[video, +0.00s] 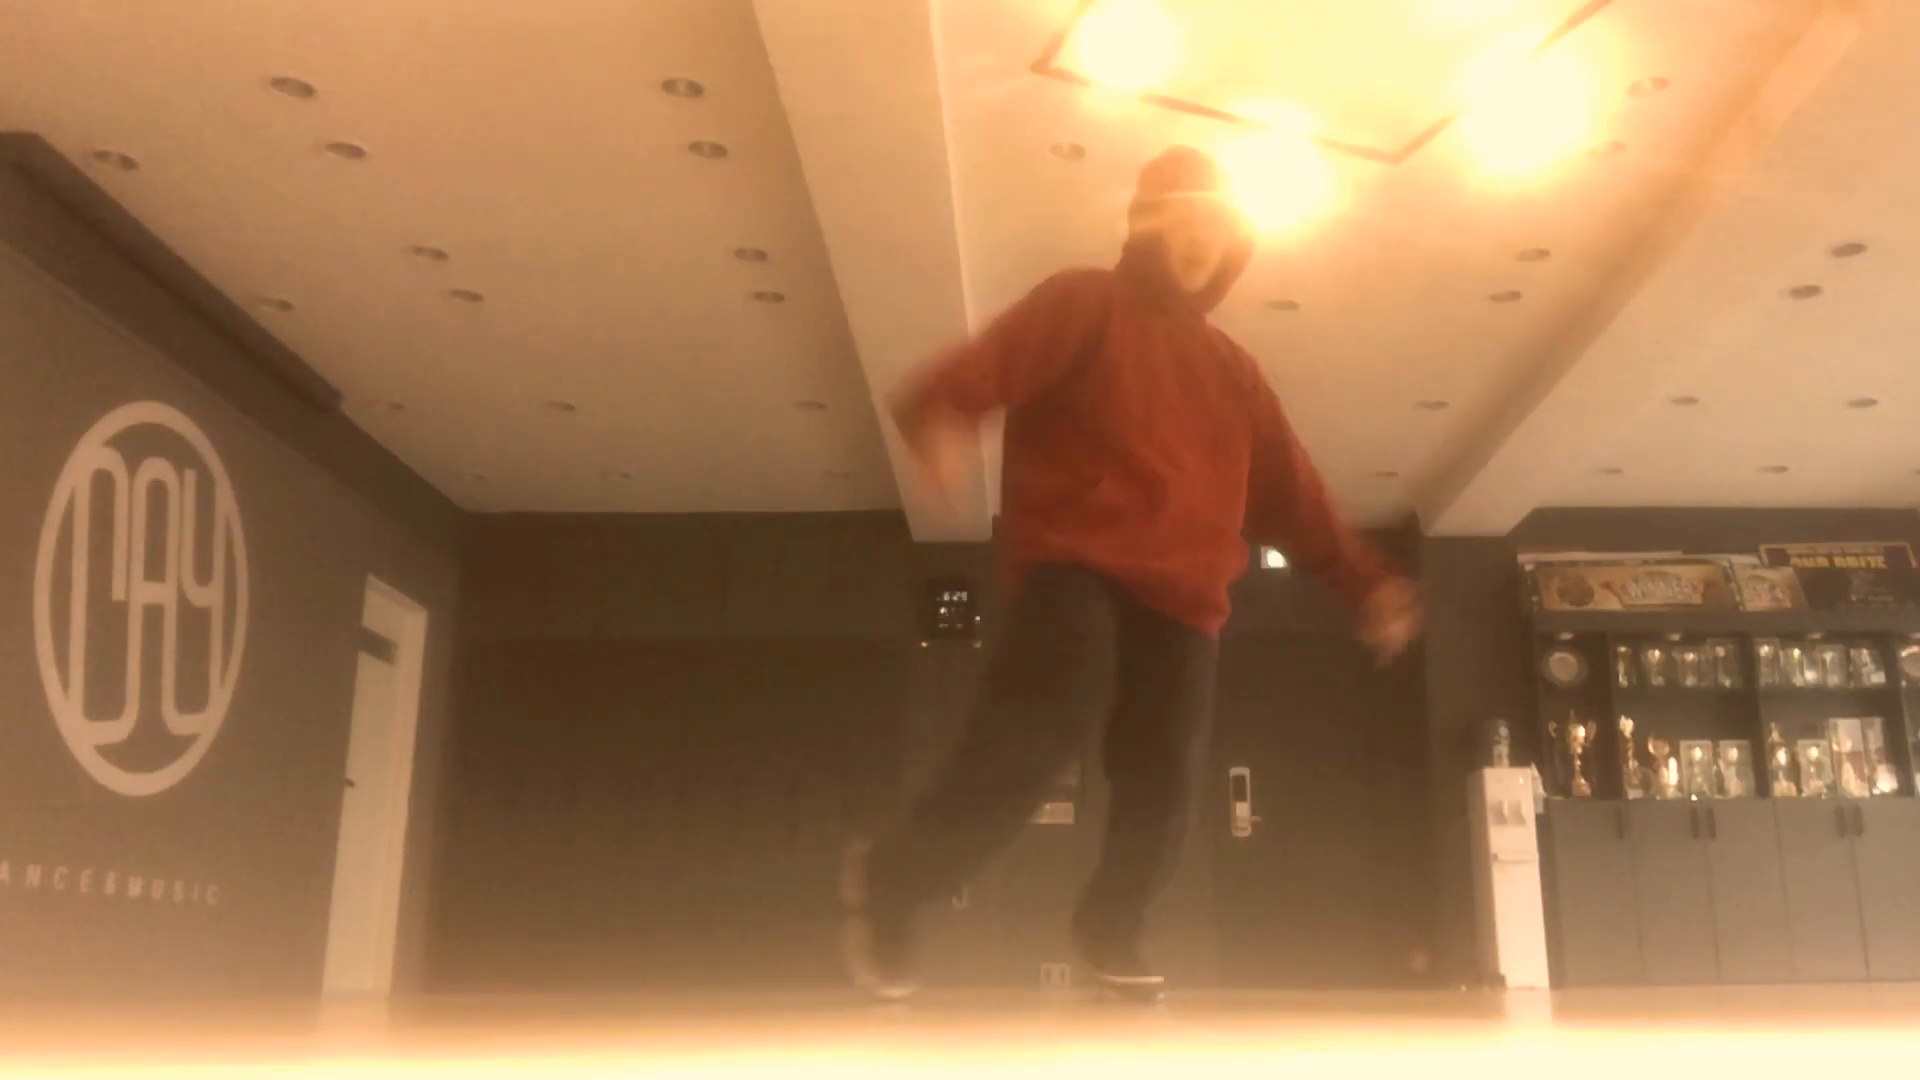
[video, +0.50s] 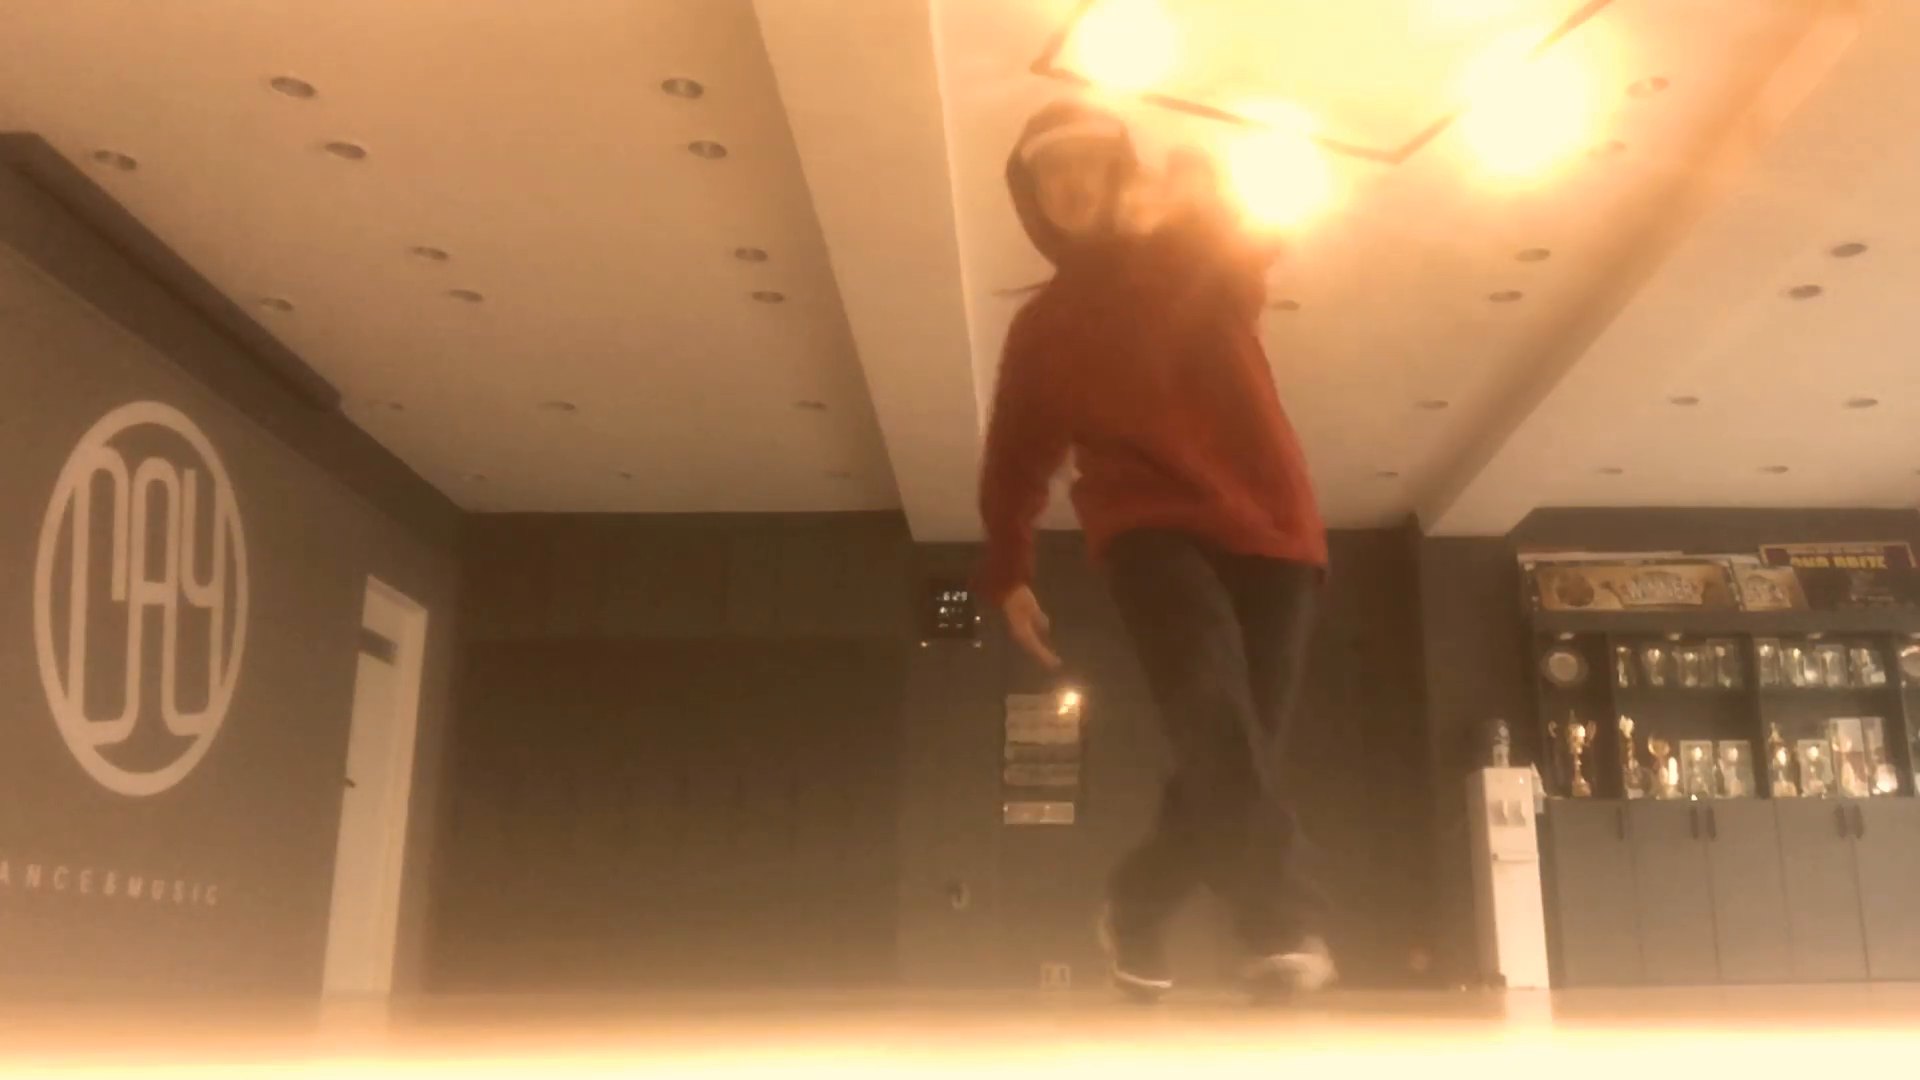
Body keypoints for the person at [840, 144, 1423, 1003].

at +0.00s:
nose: (1201, 241)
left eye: (1218, 227)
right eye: (1185, 220)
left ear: (1232, 248)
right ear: (1145, 223)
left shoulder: (1234, 372)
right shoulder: (1086, 302)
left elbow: (1297, 495)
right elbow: (981, 366)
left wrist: (1366, 580)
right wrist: (939, 411)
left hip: (1181, 592)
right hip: (1070, 558)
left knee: (1162, 771)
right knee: (1044, 727)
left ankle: (1110, 941)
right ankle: (892, 884)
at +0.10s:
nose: (1189, 234)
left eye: (1206, 216)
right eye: (1169, 214)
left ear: (1224, 234)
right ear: (1132, 223)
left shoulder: (1232, 359)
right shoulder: (1078, 320)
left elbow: (1265, 490)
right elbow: (1020, 444)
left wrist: (1283, 603)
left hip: (1186, 598)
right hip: (1089, 573)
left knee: (1156, 774)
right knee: (1116, 686)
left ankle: (1112, 945)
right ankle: (975, 871)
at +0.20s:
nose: (1154, 218)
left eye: (1172, 197)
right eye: (1133, 200)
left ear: (1202, 212)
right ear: (1105, 216)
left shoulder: (1236, 339)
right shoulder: (1061, 321)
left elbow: (1253, 475)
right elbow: (1017, 453)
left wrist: (1218, 561)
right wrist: (1031, 565)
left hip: (1195, 575)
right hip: (1087, 556)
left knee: (1182, 752)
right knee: (1148, 664)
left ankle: (1116, 936)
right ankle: (1063, 889)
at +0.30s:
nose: (1119, 186)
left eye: (1135, 164)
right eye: (1095, 170)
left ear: (1164, 176)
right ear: (1065, 190)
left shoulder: (1225, 291)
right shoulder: (1042, 309)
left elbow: (1274, 405)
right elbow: (986, 437)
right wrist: (1001, 556)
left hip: (1217, 545)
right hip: (1102, 532)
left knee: (1198, 751)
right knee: (1162, 675)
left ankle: (1118, 930)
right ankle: (1161, 935)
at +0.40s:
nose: (1091, 180)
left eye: (1105, 157)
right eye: (1067, 167)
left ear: (1137, 162)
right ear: (1039, 188)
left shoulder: (1203, 243)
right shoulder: (1037, 311)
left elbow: (1275, 307)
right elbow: (986, 444)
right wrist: (994, 560)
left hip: (1241, 516)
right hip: (1128, 516)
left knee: (1219, 735)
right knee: (1192, 691)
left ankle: (1122, 918)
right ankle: (1230, 922)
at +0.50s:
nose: (1070, 193)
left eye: (1087, 169)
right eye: (1049, 179)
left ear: (1125, 172)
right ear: (1030, 201)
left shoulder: (1199, 257)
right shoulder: (1045, 323)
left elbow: (1241, 228)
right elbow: (1015, 458)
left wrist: (1184, 156)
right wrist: (1008, 574)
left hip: (1269, 511)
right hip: (1147, 519)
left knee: (1245, 734)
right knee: (1213, 713)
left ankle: (1141, 904)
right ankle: (1287, 930)